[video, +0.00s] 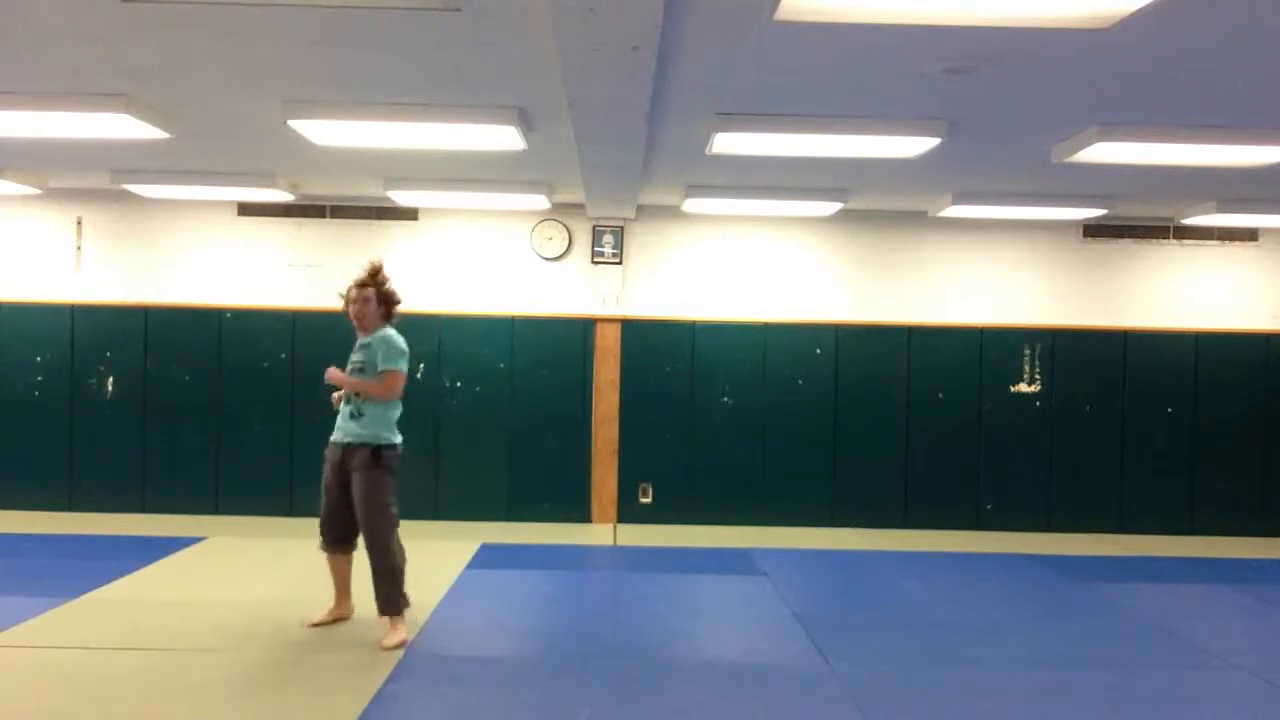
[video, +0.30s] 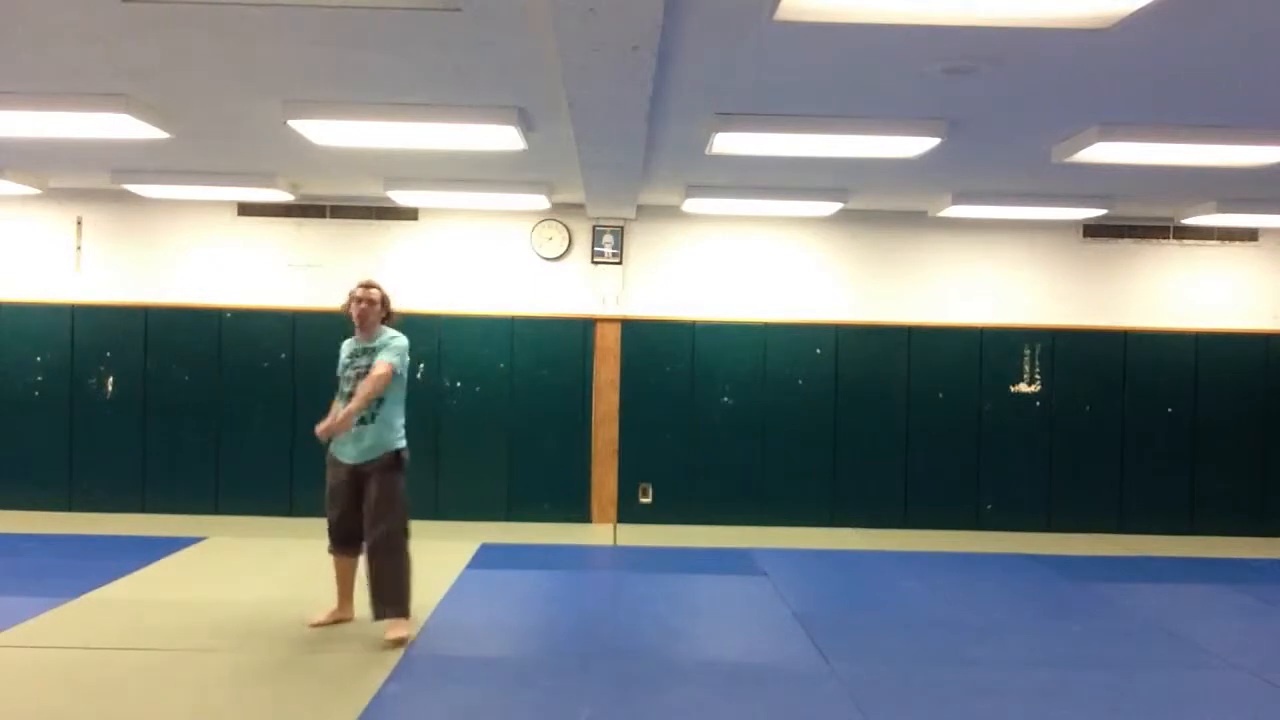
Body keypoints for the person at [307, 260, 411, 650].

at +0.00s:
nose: (356, 309)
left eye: (364, 302)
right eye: (352, 302)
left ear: (383, 306)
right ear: (347, 306)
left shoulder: (391, 342)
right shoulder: (361, 344)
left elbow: (392, 388)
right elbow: (373, 389)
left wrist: (345, 381)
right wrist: (347, 396)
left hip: (373, 446)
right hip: (341, 442)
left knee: (378, 531)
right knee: (335, 526)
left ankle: (395, 618)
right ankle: (341, 603)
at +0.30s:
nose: (362, 307)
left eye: (370, 302)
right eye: (357, 301)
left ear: (383, 309)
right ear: (349, 307)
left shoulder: (394, 342)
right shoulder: (346, 348)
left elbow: (377, 383)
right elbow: (343, 393)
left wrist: (344, 417)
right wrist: (332, 419)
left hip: (383, 451)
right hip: (344, 451)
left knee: (386, 533)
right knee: (343, 530)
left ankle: (397, 617)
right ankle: (344, 607)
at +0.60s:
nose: (404, 314)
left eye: (409, 308)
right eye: (398, 307)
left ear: (418, 315)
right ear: (383, 312)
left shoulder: (430, 351)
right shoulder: (363, 342)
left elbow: (444, 400)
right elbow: (336, 363)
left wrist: (421, 370)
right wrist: (380, 349)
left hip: (411, 460)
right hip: (362, 459)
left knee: (427, 538)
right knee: (351, 536)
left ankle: (443, 610)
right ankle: (344, 607)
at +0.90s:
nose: (468, 317)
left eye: (471, 311)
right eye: (462, 310)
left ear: (472, 316)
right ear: (443, 312)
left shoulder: (468, 352)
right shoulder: (422, 345)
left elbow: (459, 396)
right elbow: (407, 372)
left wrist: (482, 404)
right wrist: (448, 359)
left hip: (464, 458)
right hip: (426, 456)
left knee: (460, 541)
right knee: (398, 532)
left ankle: (451, 610)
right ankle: (357, 598)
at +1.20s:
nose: (518, 322)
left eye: (520, 315)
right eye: (511, 315)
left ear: (516, 320)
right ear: (491, 318)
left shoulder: (507, 356)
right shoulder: (465, 357)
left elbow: (500, 398)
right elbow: (442, 409)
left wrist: (531, 401)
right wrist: (429, 460)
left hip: (490, 457)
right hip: (463, 455)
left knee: (465, 532)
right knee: (482, 532)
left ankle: (447, 608)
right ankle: (483, 622)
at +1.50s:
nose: (560, 321)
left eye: (562, 314)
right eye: (552, 315)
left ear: (562, 318)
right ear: (532, 319)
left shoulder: (560, 353)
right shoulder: (508, 359)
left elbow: (555, 393)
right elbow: (480, 412)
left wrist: (570, 410)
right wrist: (472, 467)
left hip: (546, 462)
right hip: (512, 462)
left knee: (526, 540)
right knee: (522, 544)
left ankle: (476, 594)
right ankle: (538, 630)